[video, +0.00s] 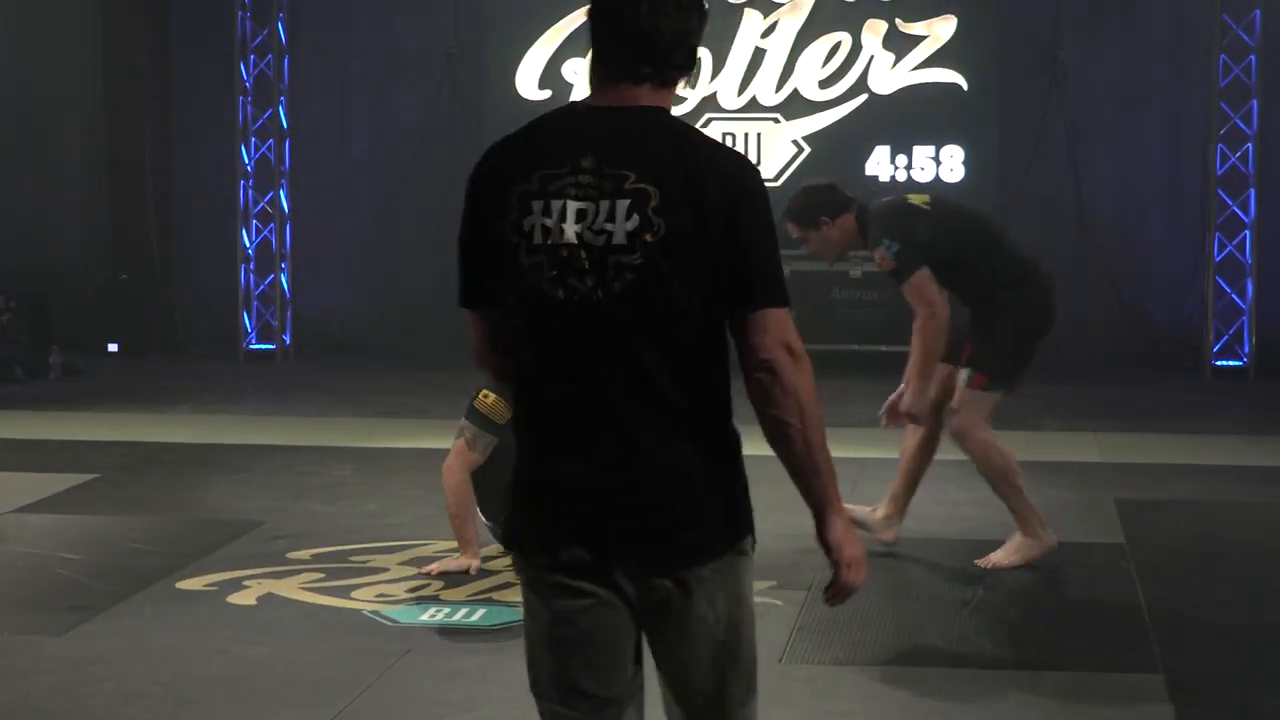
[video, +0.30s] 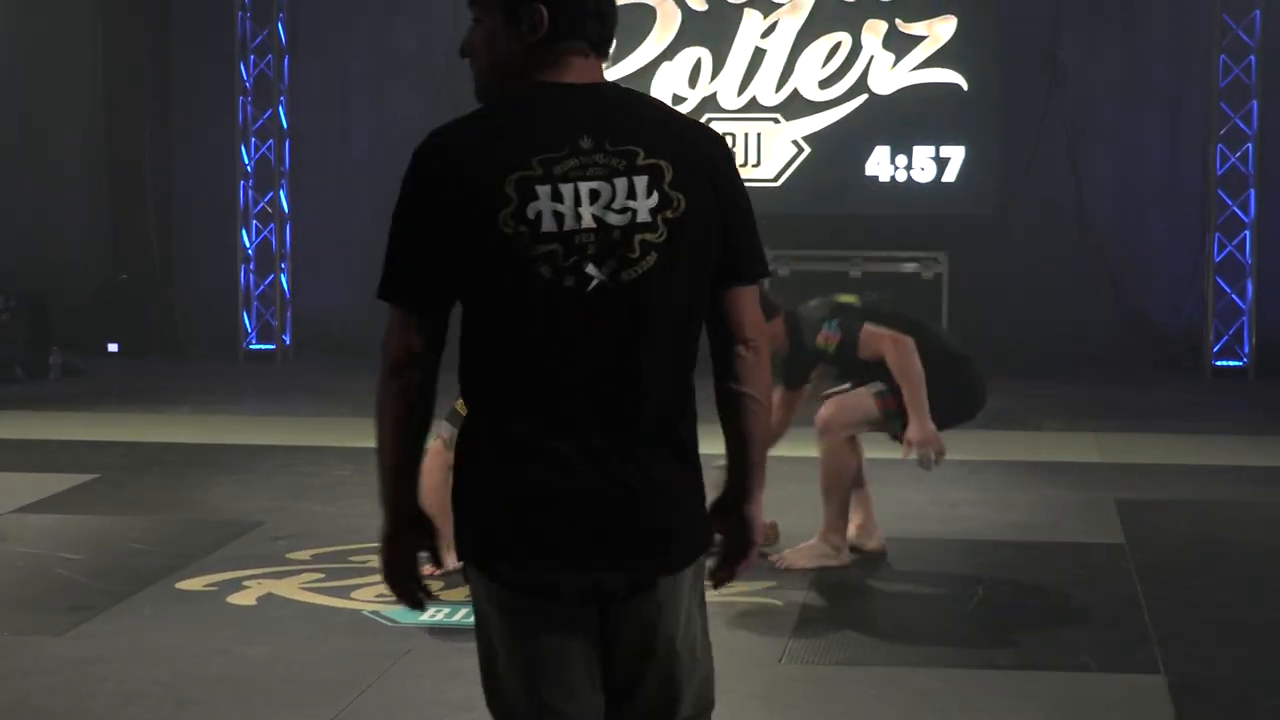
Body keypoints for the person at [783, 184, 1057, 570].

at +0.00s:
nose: (808, 251)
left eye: (805, 240)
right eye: (802, 243)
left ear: (829, 224)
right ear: (834, 220)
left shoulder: (886, 230)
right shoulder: (882, 221)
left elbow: (934, 311)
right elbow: (925, 312)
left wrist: (915, 392)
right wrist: (909, 384)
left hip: (1017, 301)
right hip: (981, 302)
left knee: (966, 422)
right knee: (928, 399)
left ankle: (1034, 532)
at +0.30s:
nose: (747, 347)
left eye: (747, 337)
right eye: (742, 342)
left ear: (771, 320)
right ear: (772, 318)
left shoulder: (818, 328)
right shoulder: (798, 344)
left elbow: (898, 345)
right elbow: (778, 418)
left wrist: (920, 420)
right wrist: (741, 456)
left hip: (951, 382)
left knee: (832, 418)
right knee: (831, 408)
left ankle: (831, 542)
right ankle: (864, 528)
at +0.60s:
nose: (741, 286)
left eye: (743, 275)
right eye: (739, 277)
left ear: (769, 263)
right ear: (768, 264)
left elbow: (907, 335)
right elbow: (762, 360)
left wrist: (911, 419)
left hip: (948, 354)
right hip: (915, 349)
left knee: (841, 412)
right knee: (827, 404)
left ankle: (830, 542)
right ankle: (861, 528)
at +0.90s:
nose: (813, 174)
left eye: (816, 162)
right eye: (811, 164)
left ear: (844, 154)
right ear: (849, 153)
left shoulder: (897, 183)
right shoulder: (891, 180)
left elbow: (954, 263)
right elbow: (949, 258)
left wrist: (948, 351)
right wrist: (951, 311)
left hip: (1007, 303)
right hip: (981, 301)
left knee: (1009, 432)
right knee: (932, 415)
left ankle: (1090, 532)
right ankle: (877, 525)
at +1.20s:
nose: (853, 155)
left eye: (854, 143)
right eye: (849, 145)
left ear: (882, 131)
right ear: (884, 131)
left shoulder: (934, 168)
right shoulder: (927, 165)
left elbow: (978, 251)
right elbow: (957, 247)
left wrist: (995, 329)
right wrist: (935, 312)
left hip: (1037, 295)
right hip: (1001, 294)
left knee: (1056, 419)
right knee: (950, 397)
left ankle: (1097, 540)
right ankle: (930, 520)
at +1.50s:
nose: (810, 167)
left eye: (811, 155)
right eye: (806, 158)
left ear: (839, 144)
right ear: (840, 147)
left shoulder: (891, 174)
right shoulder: (874, 189)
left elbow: (938, 253)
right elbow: (878, 278)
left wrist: (942, 334)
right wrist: (827, 332)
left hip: (985, 303)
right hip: (949, 307)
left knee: (1015, 423)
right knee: (889, 394)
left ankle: (1089, 534)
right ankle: (877, 516)